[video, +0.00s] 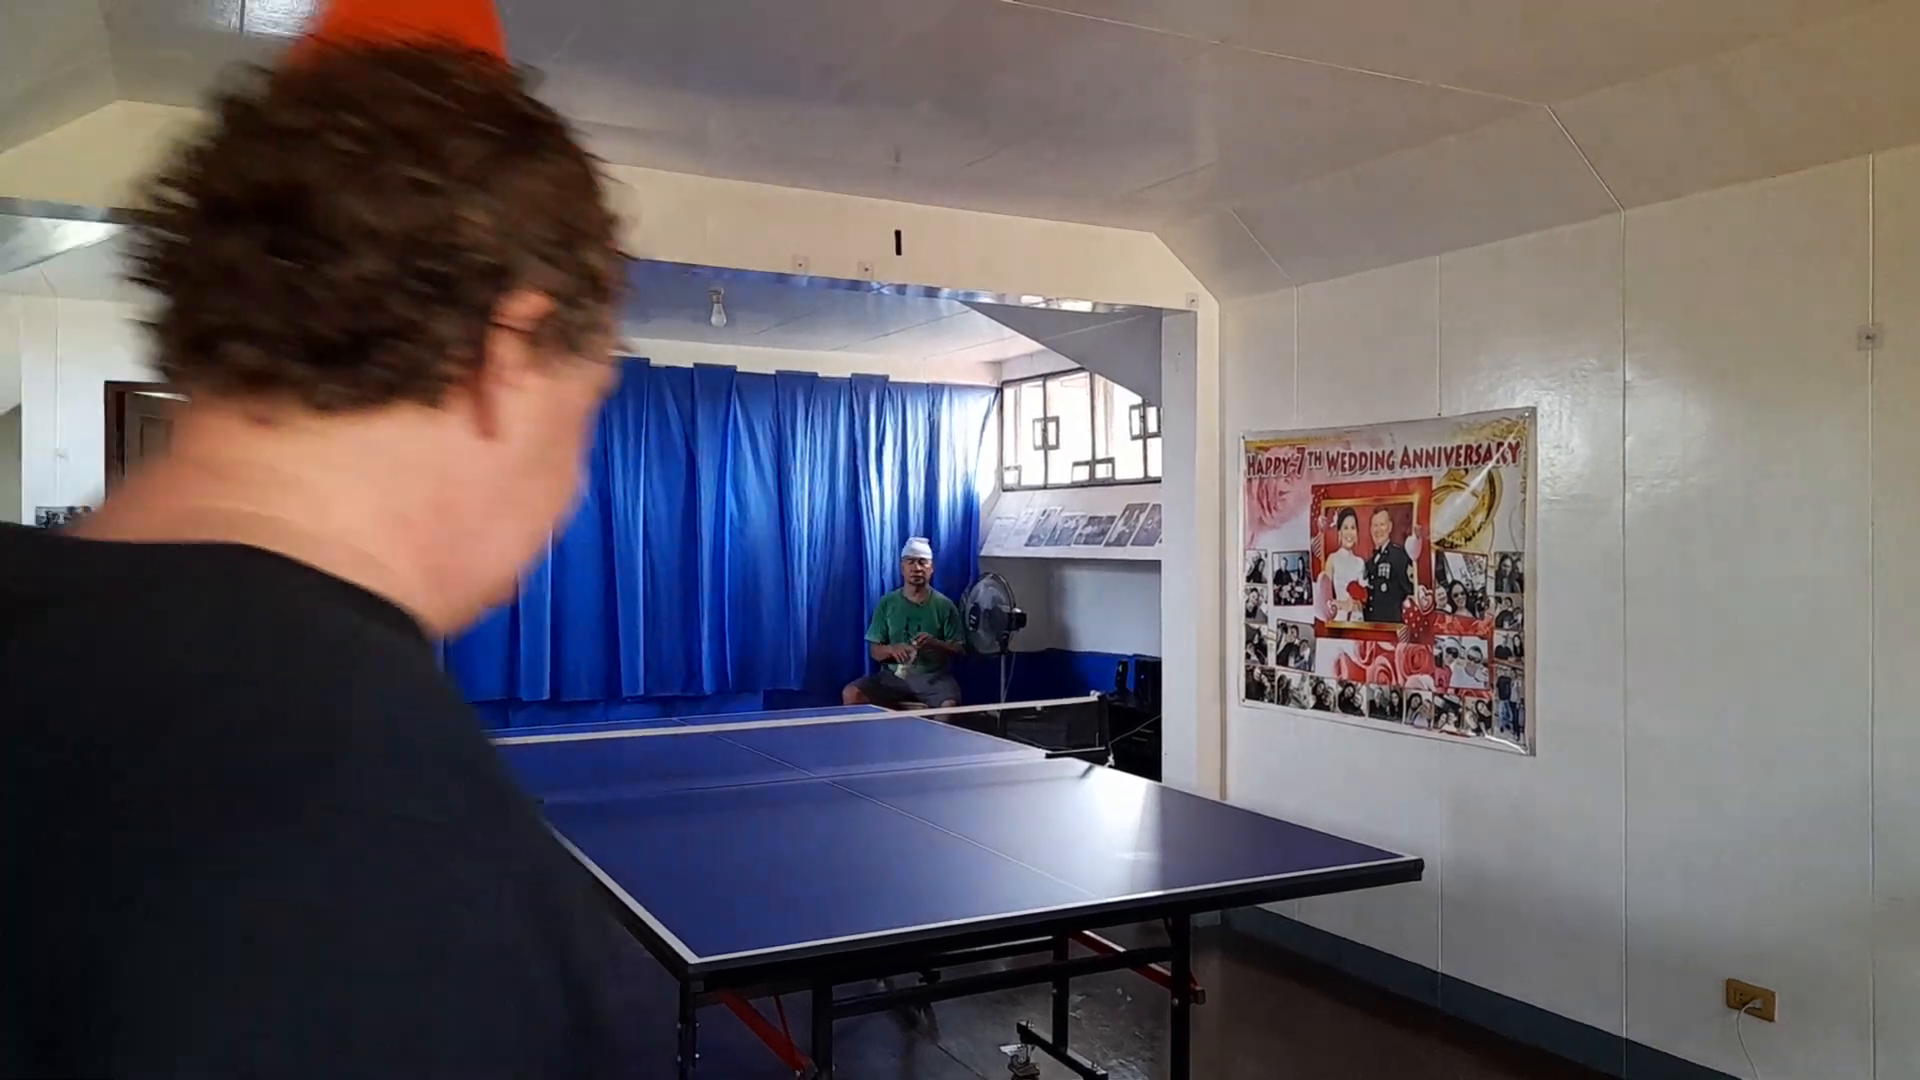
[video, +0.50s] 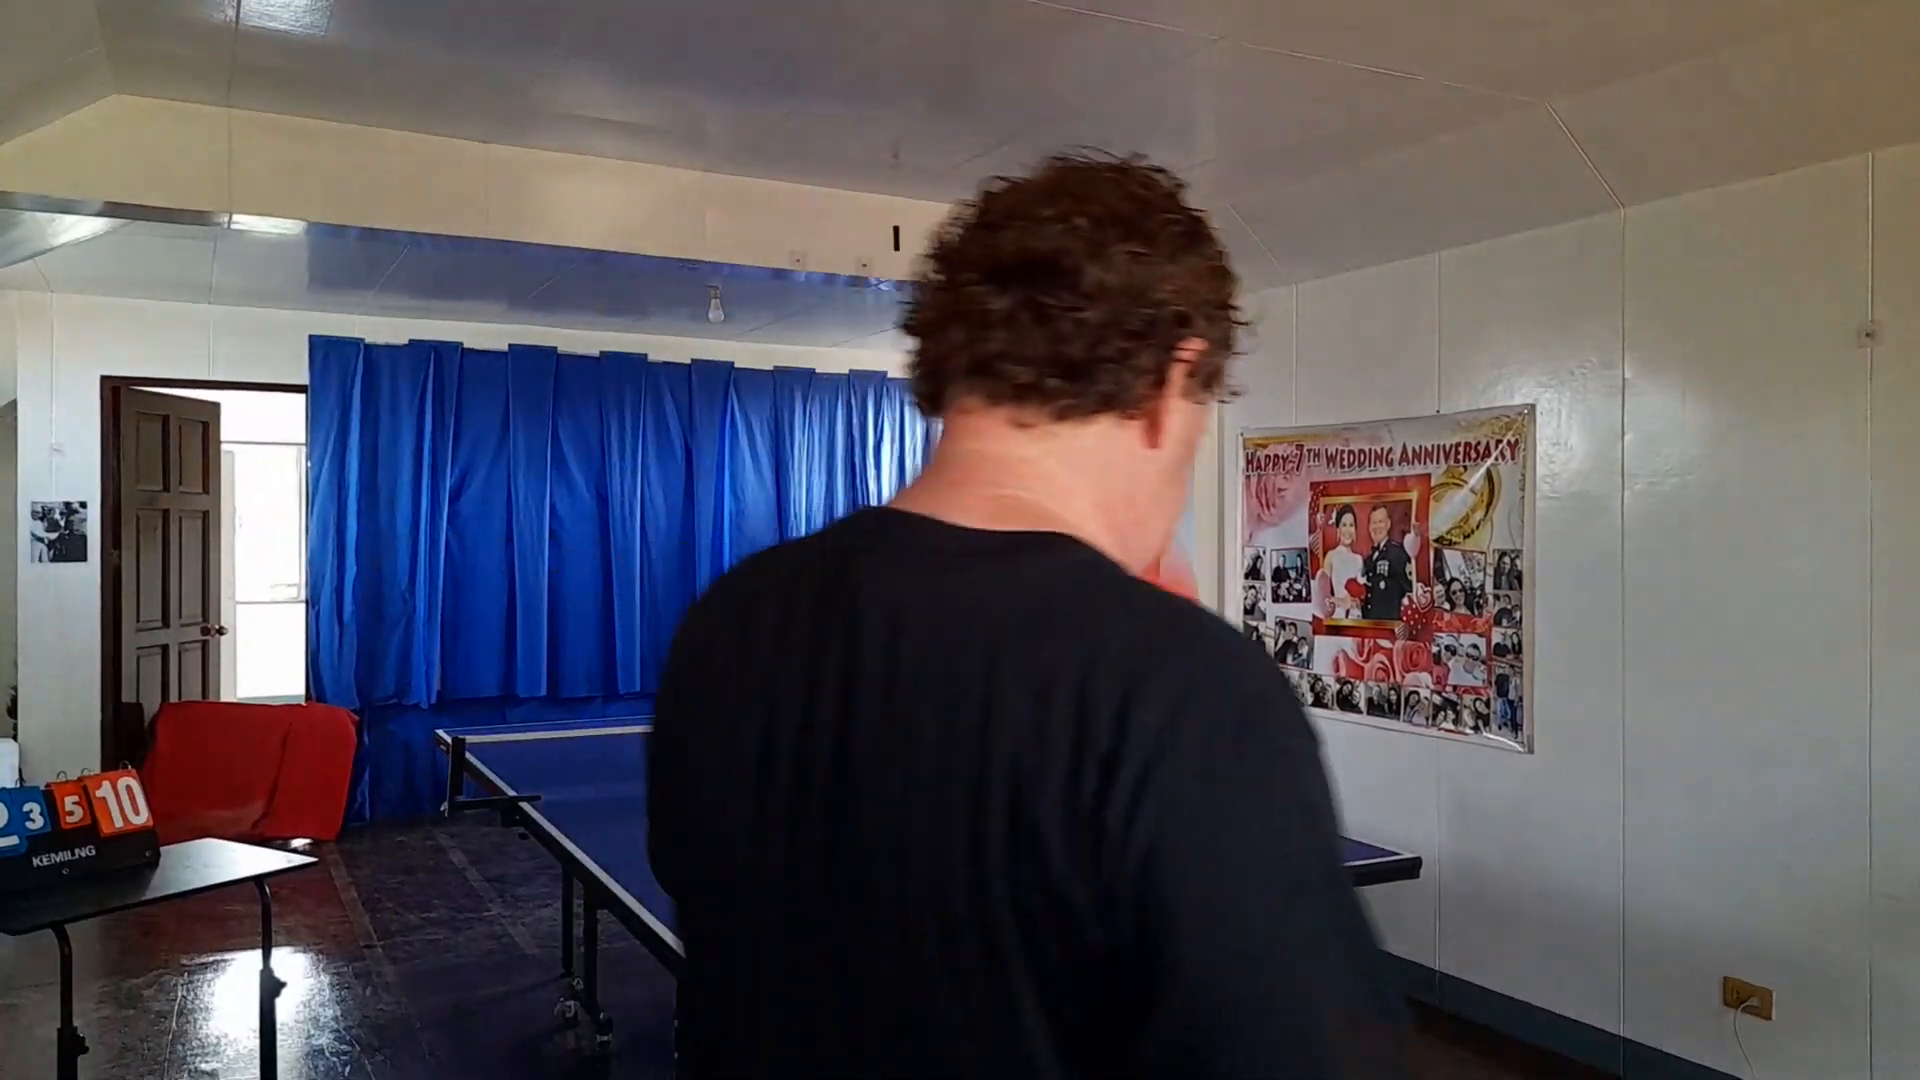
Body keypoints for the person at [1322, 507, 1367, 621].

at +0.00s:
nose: (1349, 533)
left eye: (1353, 528)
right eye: (1345, 528)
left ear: (1357, 532)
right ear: (1339, 533)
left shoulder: (1360, 562)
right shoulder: (1332, 559)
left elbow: (1364, 588)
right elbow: (1326, 598)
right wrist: (1344, 605)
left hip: (1358, 616)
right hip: (1339, 615)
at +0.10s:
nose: (1349, 531)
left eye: (1352, 526)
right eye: (1345, 526)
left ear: (1356, 530)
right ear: (1339, 531)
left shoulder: (1359, 560)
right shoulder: (1332, 557)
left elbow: (1363, 585)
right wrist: (1343, 603)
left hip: (1357, 614)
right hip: (1337, 614)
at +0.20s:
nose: (1348, 531)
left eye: (1351, 526)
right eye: (1344, 526)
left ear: (1355, 530)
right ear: (1338, 530)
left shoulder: (1358, 559)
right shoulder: (1330, 557)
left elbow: (1361, 586)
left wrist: (1355, 600)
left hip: (1355, 614)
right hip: (1336, 613)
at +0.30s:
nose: (1349, 533)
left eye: (1353, 529)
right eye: (1345, 528)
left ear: (1357, 533)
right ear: (1339, 533)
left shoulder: (1360, 562)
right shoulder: (1333, 559)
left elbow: (1363, 585)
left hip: (1357, 615)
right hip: (1338, 614)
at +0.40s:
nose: (1348, 531)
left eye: (1352, 526)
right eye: (1345, 525)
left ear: (1356, 530)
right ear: (1339, 530)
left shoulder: (1359, 559)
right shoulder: (1332, 556)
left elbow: (1362, 583)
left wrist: (1359, 598)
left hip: (1357, 612)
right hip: (1338, 611)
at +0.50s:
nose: (1348, 530)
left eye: (1351, 525)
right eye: (1344, 525)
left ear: (1355, 529)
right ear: (1338, 529)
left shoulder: (1359, 558)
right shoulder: (1331, 556)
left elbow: (1362, 584)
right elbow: (1323, 593)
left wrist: (1357, 600)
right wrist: (1341, 602)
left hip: (1356, 613)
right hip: (1338, 613)